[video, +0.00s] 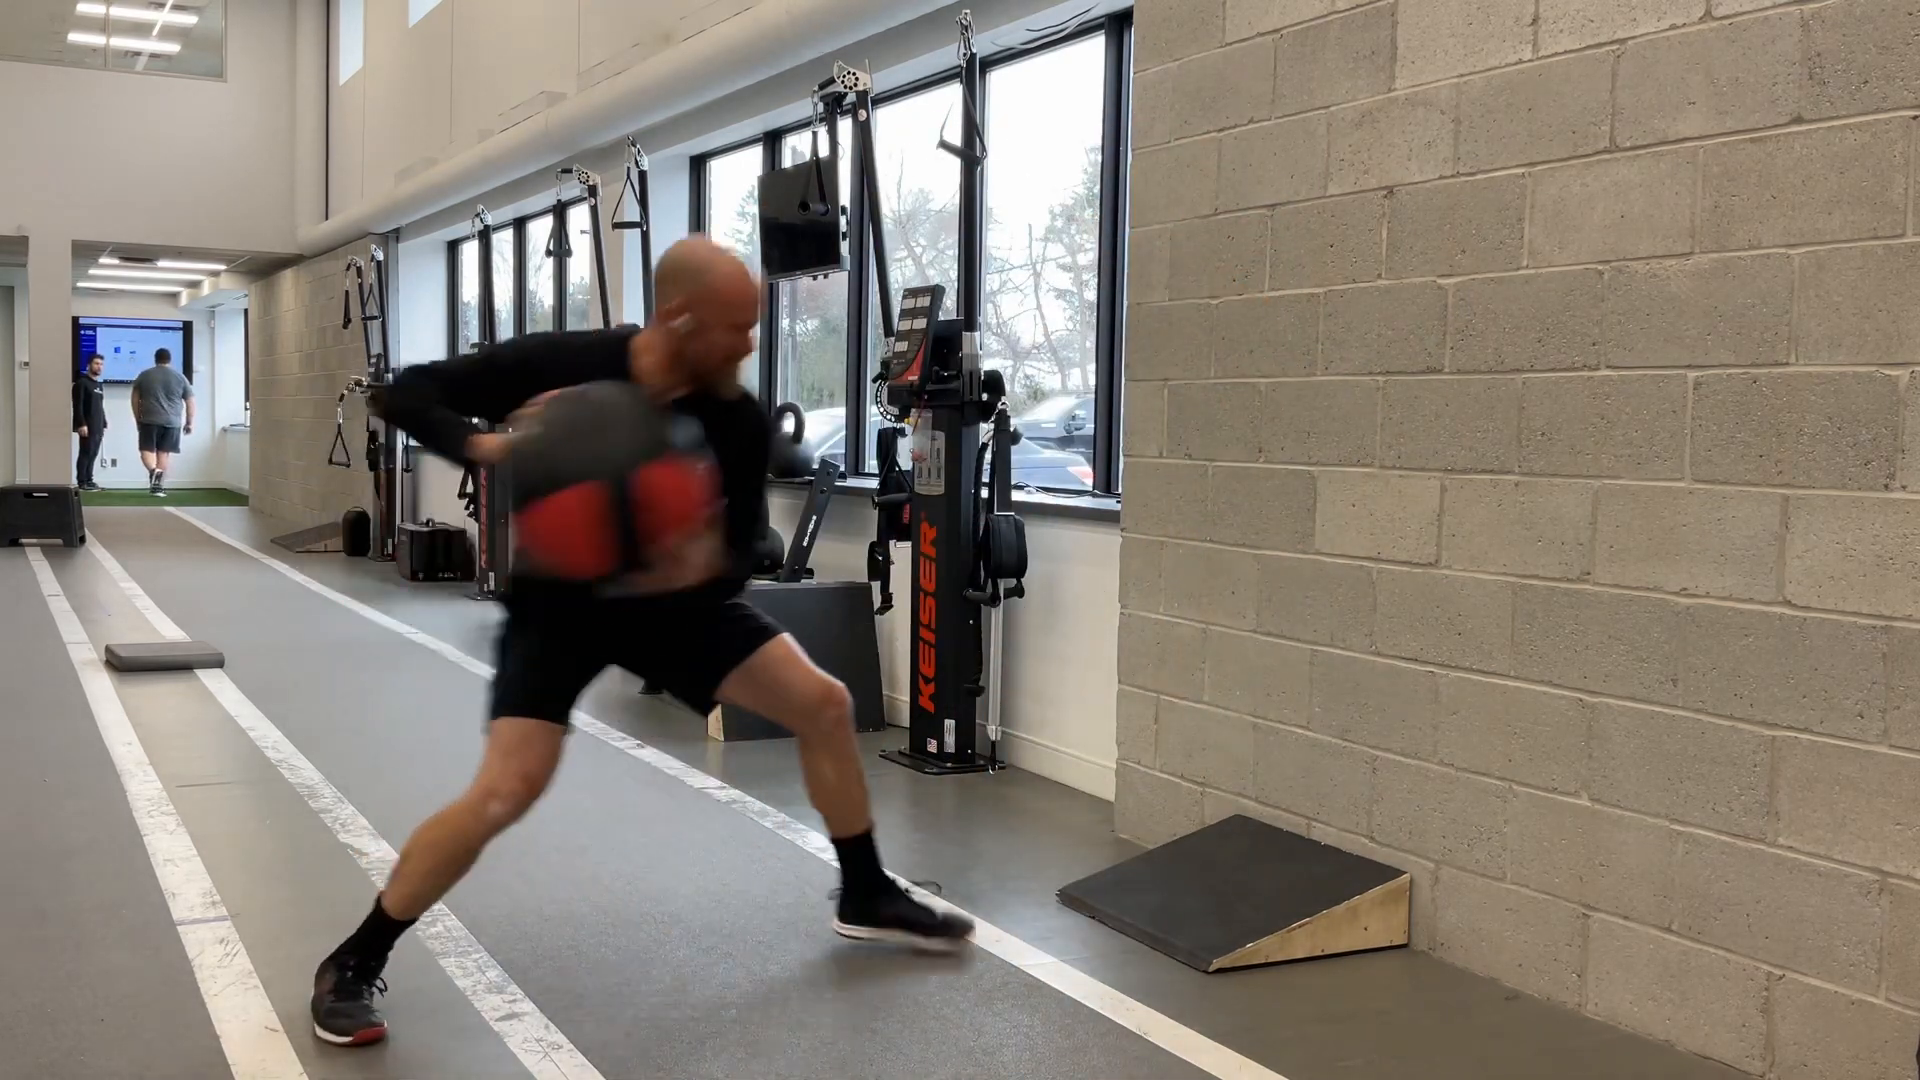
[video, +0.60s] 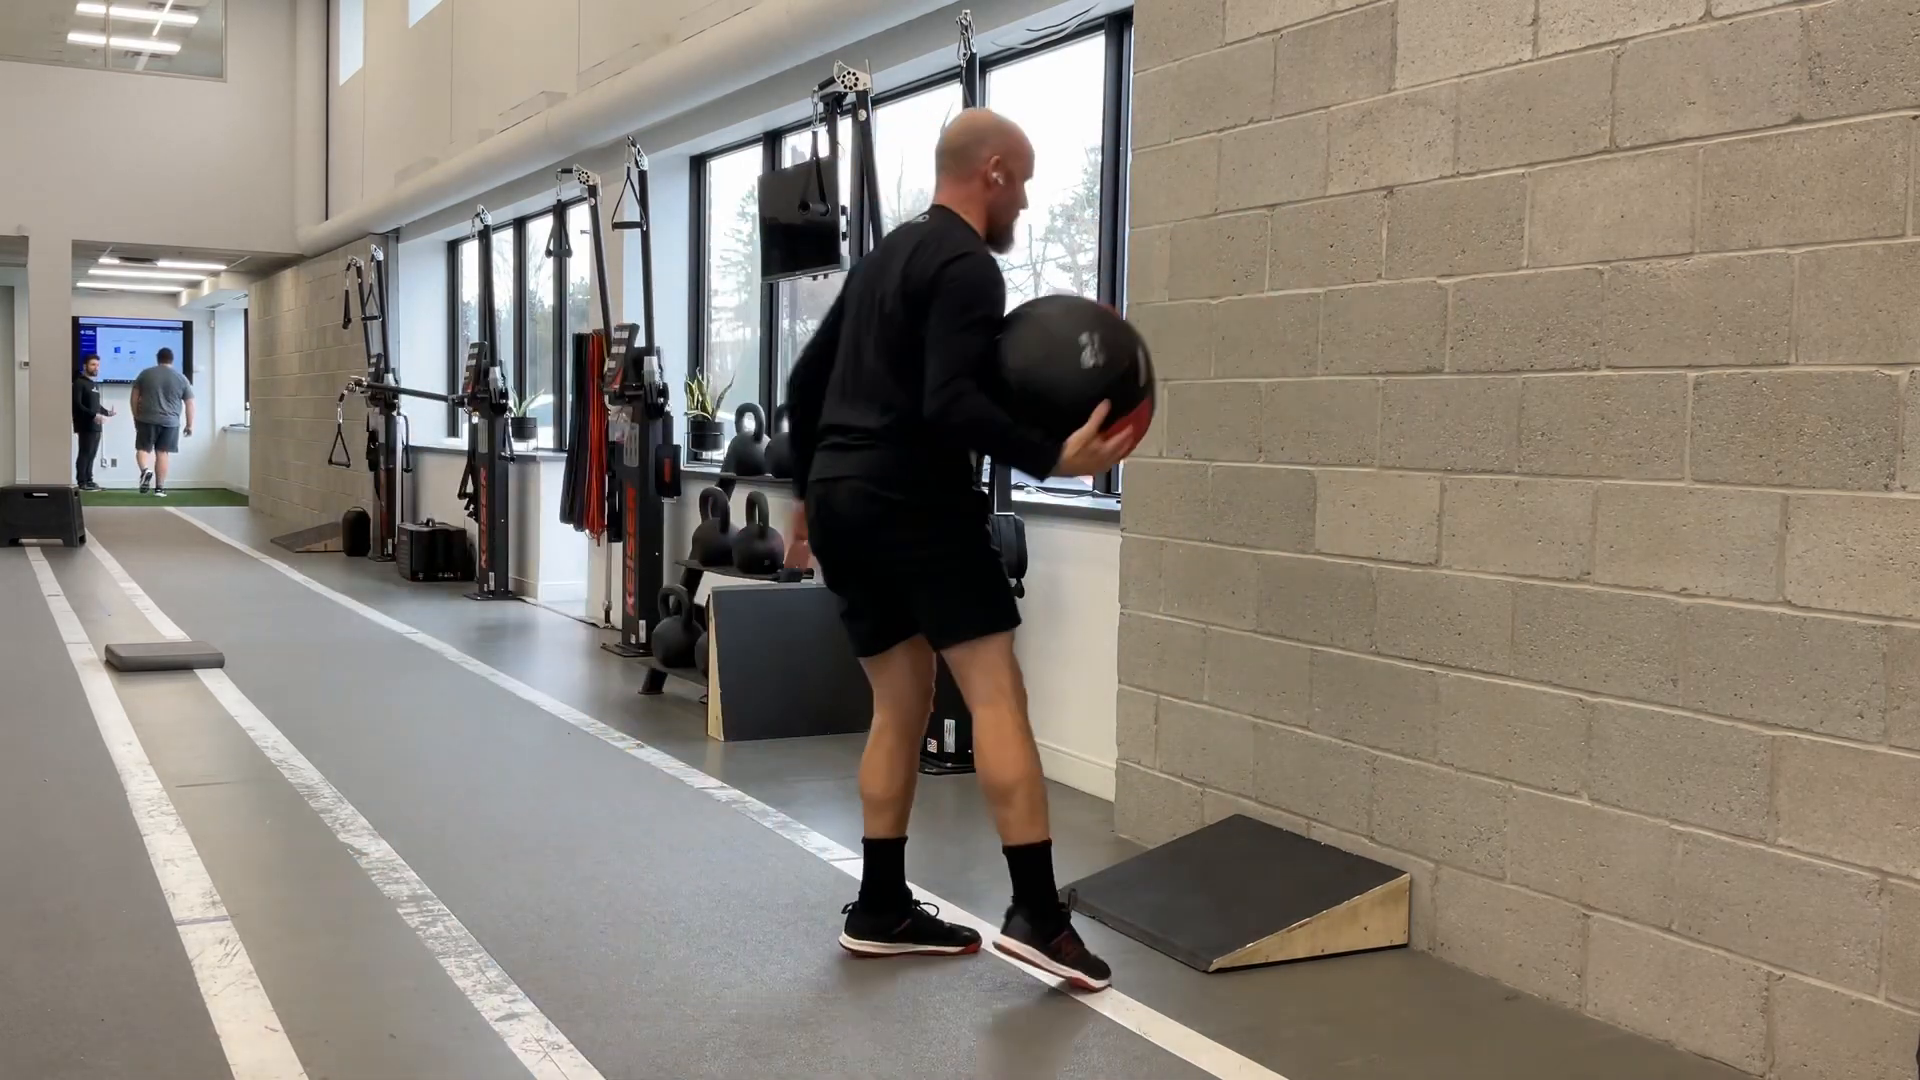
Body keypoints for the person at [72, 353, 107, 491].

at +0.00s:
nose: (99, 367)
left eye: (101, 364)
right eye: (96, 363)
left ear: (102, 367)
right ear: (89, 365)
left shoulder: (98, 385)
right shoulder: (81, 383)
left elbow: (99, 405)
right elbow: (78, 405)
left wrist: (104, 421)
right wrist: (81, 424)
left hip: (97, 424)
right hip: (87, 425)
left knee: (93, 454)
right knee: (85, 454)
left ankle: (89, 479)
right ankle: (82, 480)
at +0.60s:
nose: (96, 367)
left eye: (97, 365)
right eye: (93, 364)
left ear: (98, 367)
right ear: (86, 366)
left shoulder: (94, 384)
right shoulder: (79, 383)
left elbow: (95, 404)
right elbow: (78, 405)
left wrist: (107, 412)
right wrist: (93, 415)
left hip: (94, 423)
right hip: (84, 423)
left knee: (92, 453)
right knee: (85, 452)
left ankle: (89, 479)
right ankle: (82, 481)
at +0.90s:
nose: (94, 368)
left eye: (95, 365)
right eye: (91, 365)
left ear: (95, 367)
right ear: (83, 366)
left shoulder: (89, 383)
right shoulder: (78, 382)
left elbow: (88, 402)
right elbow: (79, 404)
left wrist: (100, 405)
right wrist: (98, 406)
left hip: (91, 424)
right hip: (82, 424)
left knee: (91, 452)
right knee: (83, 452)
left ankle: (89, 480)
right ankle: (82, 481)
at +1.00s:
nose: (95, 368)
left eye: (95, 365)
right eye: (92, 365)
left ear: (89, 367)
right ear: (85, 366)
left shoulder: (85, 383)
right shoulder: (78, 383)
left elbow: (85, 404)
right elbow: (79, 405)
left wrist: (100, 406)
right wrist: (98, 406)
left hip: (89, 423)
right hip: (82, 424)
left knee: (91, 450)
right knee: (83, 451)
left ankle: (89, 479)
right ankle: (82, 481)